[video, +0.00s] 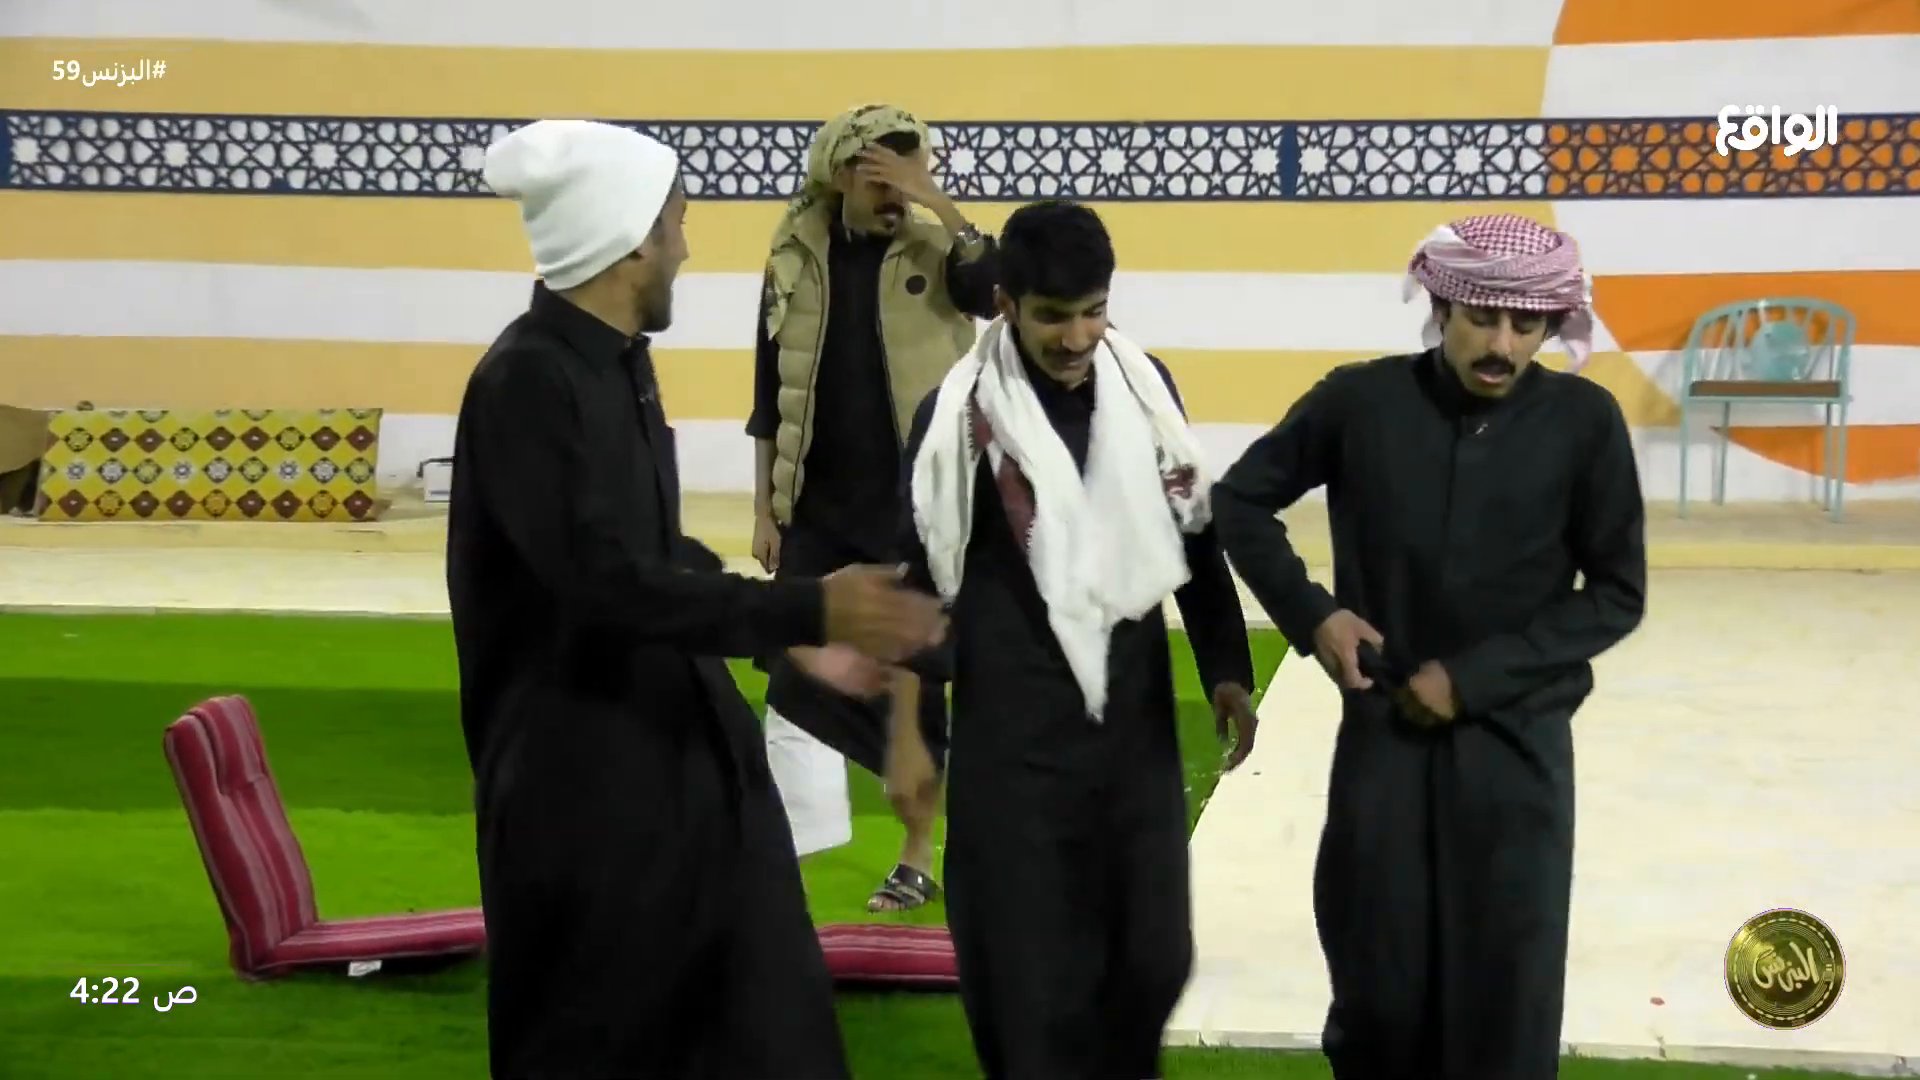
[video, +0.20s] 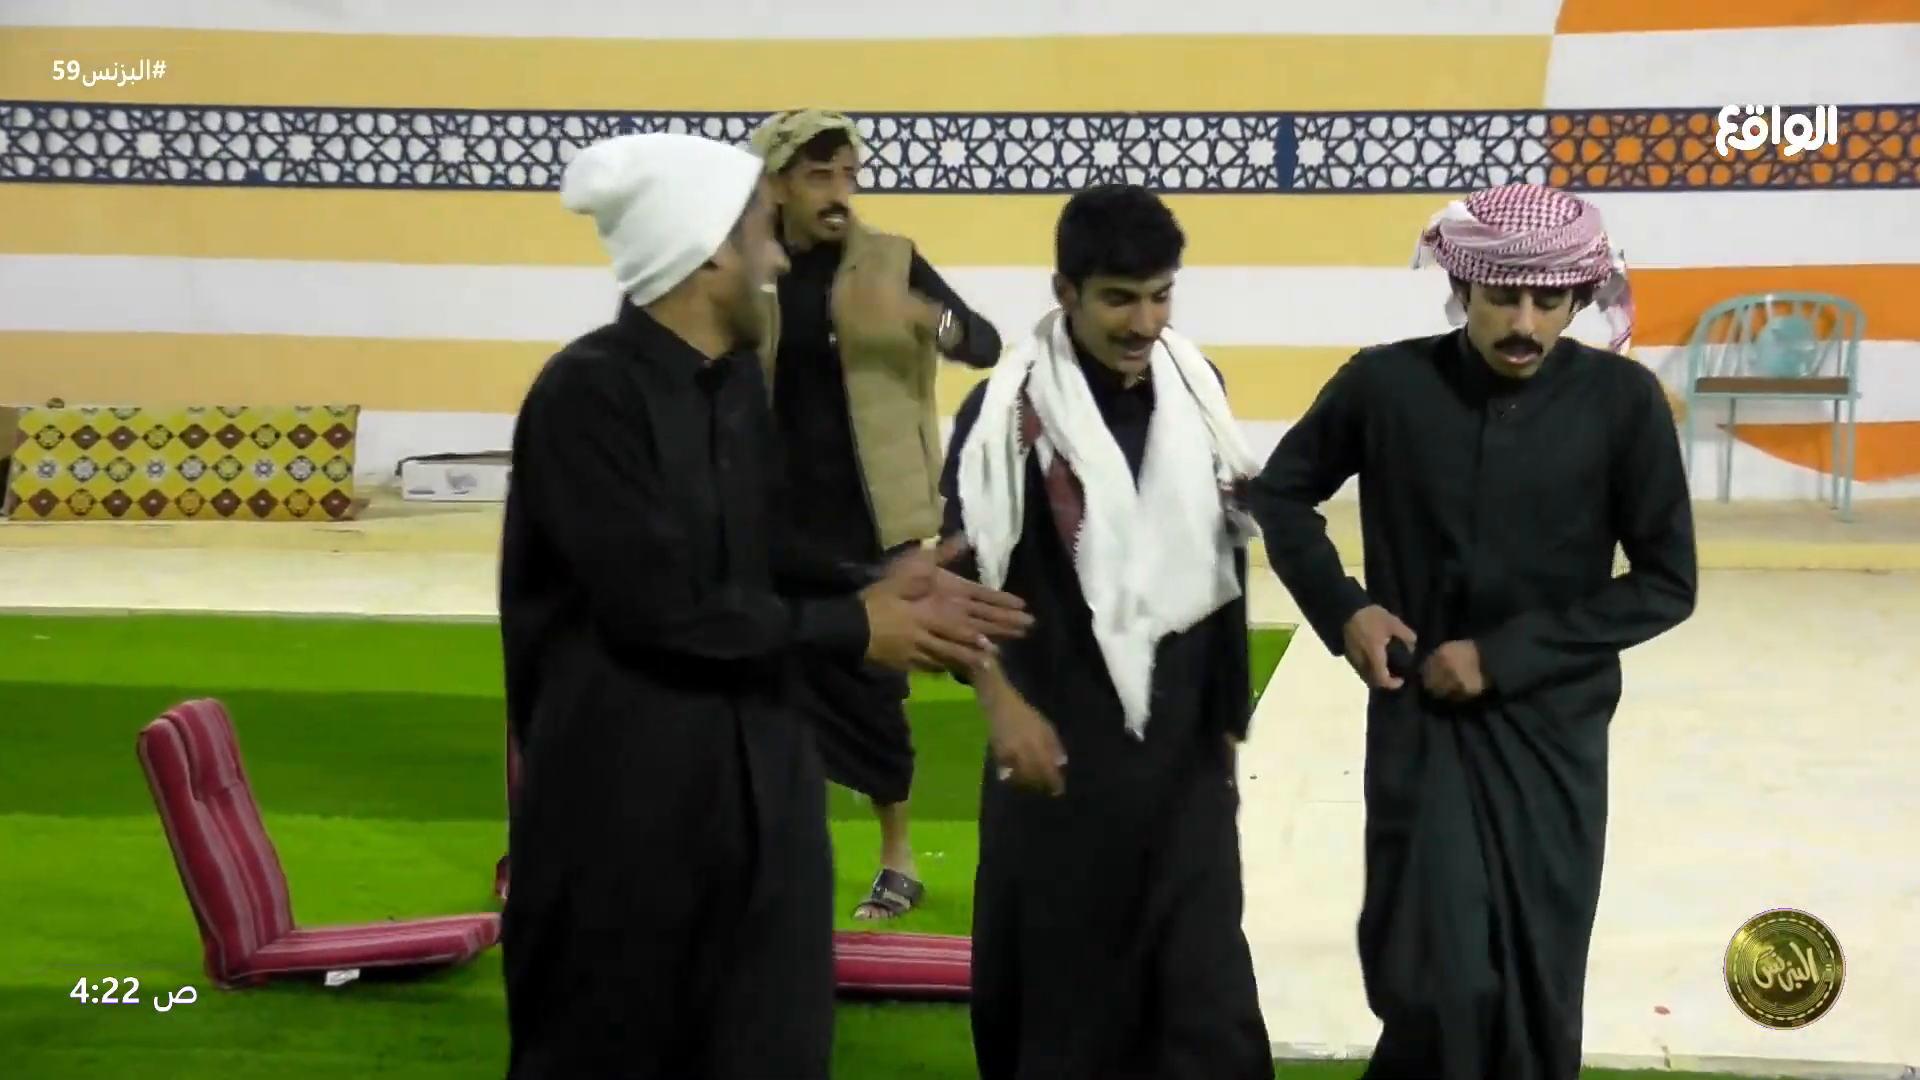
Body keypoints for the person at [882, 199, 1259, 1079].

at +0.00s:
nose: (1074, 335)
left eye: (1091, 314)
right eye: (1052, 317)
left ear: (1108, 299)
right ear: (1006, 303)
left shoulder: (1142, 382)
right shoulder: (955, 414)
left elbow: (1195, 539)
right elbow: (915, 581)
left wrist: (1228, 672)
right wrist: (908, 731)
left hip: (1134, 717)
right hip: (1010, 725)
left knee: (1155, 957)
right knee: (1028, 969)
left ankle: (1112, 1067)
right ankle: (1038, 1075)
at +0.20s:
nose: (1143, 321)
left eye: (1158, 298)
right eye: (1120, 301)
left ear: (1175, 289)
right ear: (1065, 294)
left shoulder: (1191, 379)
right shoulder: (1006, 410)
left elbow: (1221, 558)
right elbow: (962, 584)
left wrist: (1222, 721)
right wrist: (1004, 704)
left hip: (1182, 735)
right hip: (1061, 739)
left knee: (1202, 986)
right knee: (1057, 984)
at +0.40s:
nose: (1256, 314)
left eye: (1258, 289)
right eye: (1232, 293)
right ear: (1157, 306)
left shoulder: (1281, 425)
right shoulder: (1065, 428)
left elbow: (1313, 605)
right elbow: (1015, 596)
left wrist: (1312, 782)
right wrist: (1032, 704)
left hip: (1246, 787)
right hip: (1104, 785)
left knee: (1242, 1030)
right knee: (1089, 1027)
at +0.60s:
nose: (1326, 300)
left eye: (1328, 275)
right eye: (1300, 276)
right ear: (1219, 282)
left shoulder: (1335, 407)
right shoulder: (1112, 411)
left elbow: (1376, 602)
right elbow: (1053, 595)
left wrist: (1363, 787)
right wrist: (1013, 772)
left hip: (1291, 798)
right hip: (1143, 799)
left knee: (1286, 1049)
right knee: (1141, 1046)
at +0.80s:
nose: (1281, 304)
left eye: (1305, 276)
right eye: (1254, 277)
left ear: (1333, 285)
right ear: (1211, 286)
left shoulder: (1368, 419)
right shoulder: (1142, 424)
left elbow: (1400, 628)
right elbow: (1072, 595)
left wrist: (1387, 824)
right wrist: (1022, 737)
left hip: (1318, 822)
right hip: (1171, 816)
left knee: (1300, 1056)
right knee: (1176, 1050)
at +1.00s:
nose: (1264, 321)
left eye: (1287, 293)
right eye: (1235, 295)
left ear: (1317, 302)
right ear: (1189, 306)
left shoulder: (1378, 439)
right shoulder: (1127, 459)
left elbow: (1436, 631)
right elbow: (1066, 659)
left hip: (1353, 852)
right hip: (1194, 855)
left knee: (1353, 1059)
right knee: (1194, 1053)